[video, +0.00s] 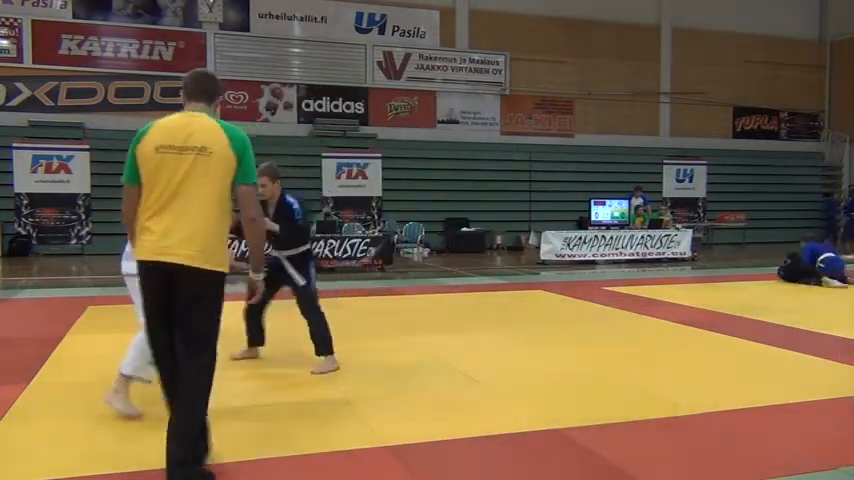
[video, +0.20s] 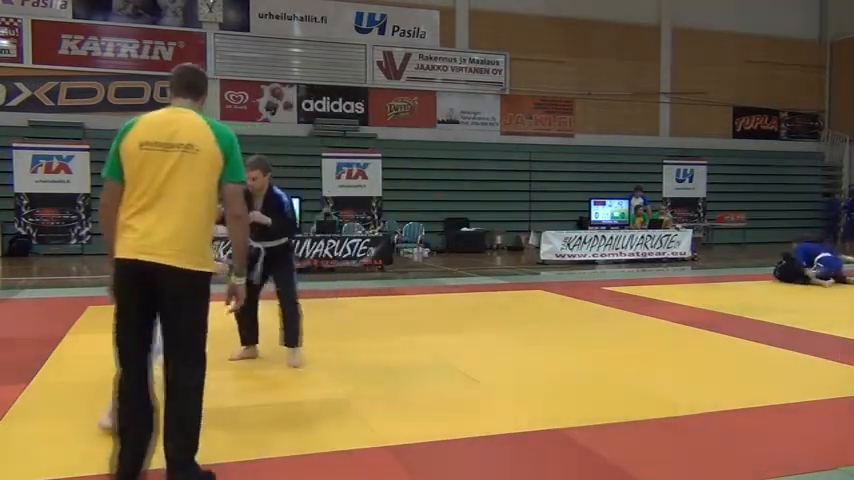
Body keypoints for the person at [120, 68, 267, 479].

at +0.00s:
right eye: (220, 103)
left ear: (182, 98)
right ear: (218, 102)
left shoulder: (146, 134)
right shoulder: (234, 138)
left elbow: (129, 207)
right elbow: (250, 210)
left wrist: (144, 248)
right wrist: (257, 268)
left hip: (151, 260)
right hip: (204, 263)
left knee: (166, 354)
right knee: (196, 358)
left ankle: (195, 442)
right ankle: (182, 466)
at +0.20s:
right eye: (204, 96)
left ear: (169, 91)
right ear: (204, 96)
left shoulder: (132, 129)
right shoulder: (221, 136)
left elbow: (109, 205)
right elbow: (236, 210)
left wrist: (117, 257)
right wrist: (239, 273)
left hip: (131, 265)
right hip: (187, 270)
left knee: (132, 367)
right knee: (186, 367)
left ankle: (129, 465)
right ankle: (181, 465)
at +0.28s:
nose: (200, 104)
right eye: (201, 99)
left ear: (160, 92)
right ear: (198, 97)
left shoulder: (123, 129)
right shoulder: (213, 134)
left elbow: (101, 203)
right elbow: (228, 208)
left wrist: (105, 260)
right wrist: (230, 273)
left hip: (122, 266)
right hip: (180, 271)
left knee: (114, 365)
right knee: (181, 369)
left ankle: (95, 468)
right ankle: (181, 467)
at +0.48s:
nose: (171, 102)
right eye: (171, 97)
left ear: (131, 91)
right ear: (168, 96)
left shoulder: (91, 132)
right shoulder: (183, 134)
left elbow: (74, 209)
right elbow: (202, 209)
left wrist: (82, 260)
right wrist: (208, 275)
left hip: (95, 271)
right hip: (155, 276)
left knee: (74, 370)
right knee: (167, 374)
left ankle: (32, 471)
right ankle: (181, 469)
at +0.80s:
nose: (109, 101)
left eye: (107, 96)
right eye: (109, 95)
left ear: (64, 90)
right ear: (102, 93)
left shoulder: (23, 132)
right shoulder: (113, 131)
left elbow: (10, 210)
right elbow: (129, 208)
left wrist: (27, 254)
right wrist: (142, 276)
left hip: (36, 277)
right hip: (96, 279)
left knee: (31, 385)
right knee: (125, 377)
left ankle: (22, 473)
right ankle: (160, 468)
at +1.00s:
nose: (79, 95)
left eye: (78, 90)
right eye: (78, 89)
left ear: (35, 85)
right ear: (70, 86)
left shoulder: (3, 122)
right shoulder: (84, 123)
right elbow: (103, 202)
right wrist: (111, 272)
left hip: (10, 280)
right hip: (72, 279)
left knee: (18, 395)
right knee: (93, 391)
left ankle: (17, 473)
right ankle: (96, 471)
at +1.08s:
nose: (73, 94)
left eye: (71, 89)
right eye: (72, 88)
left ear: (28, 84)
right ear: (62, 85)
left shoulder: (3, 120)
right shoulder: (79, 122)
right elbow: (97, 200)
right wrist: (110, 270)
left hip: (9, 279)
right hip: (67, 280)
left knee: (17, 393)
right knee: (77, 391)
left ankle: (18, 471)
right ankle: (73, 473)